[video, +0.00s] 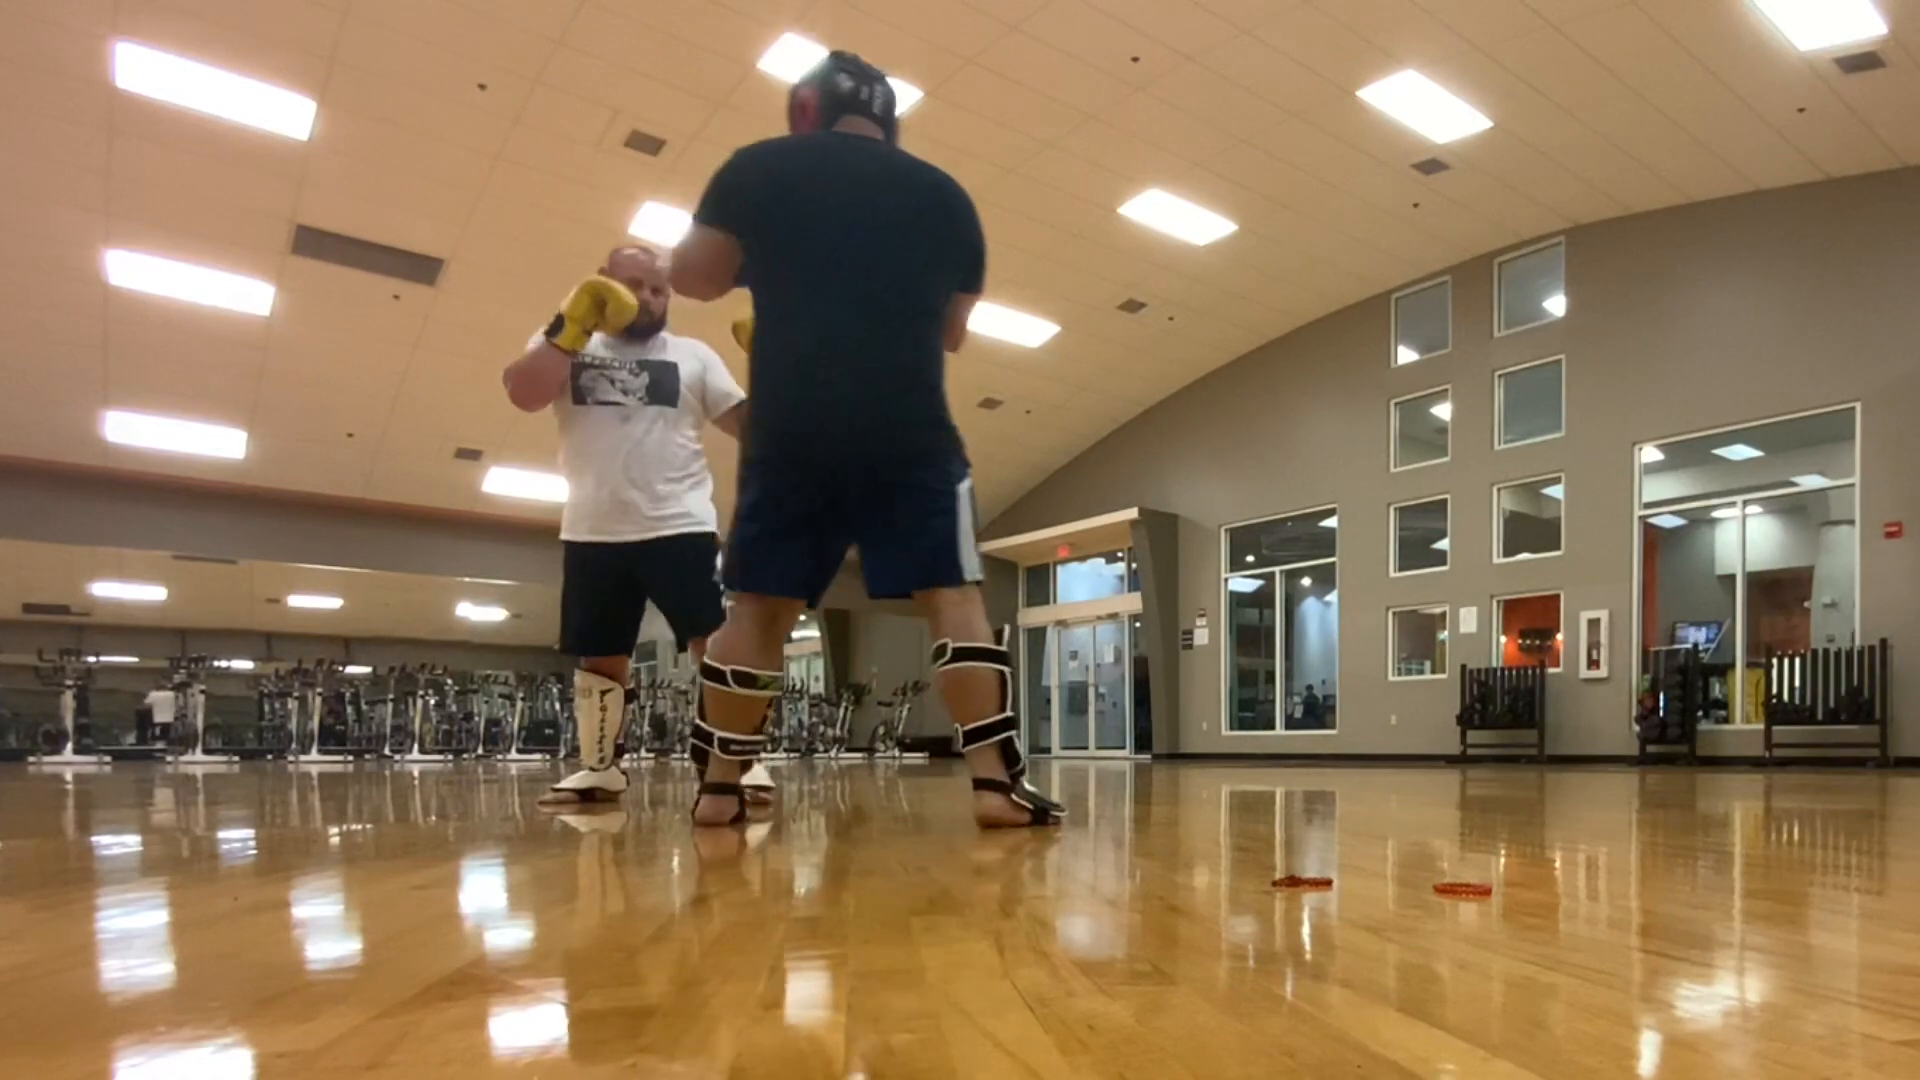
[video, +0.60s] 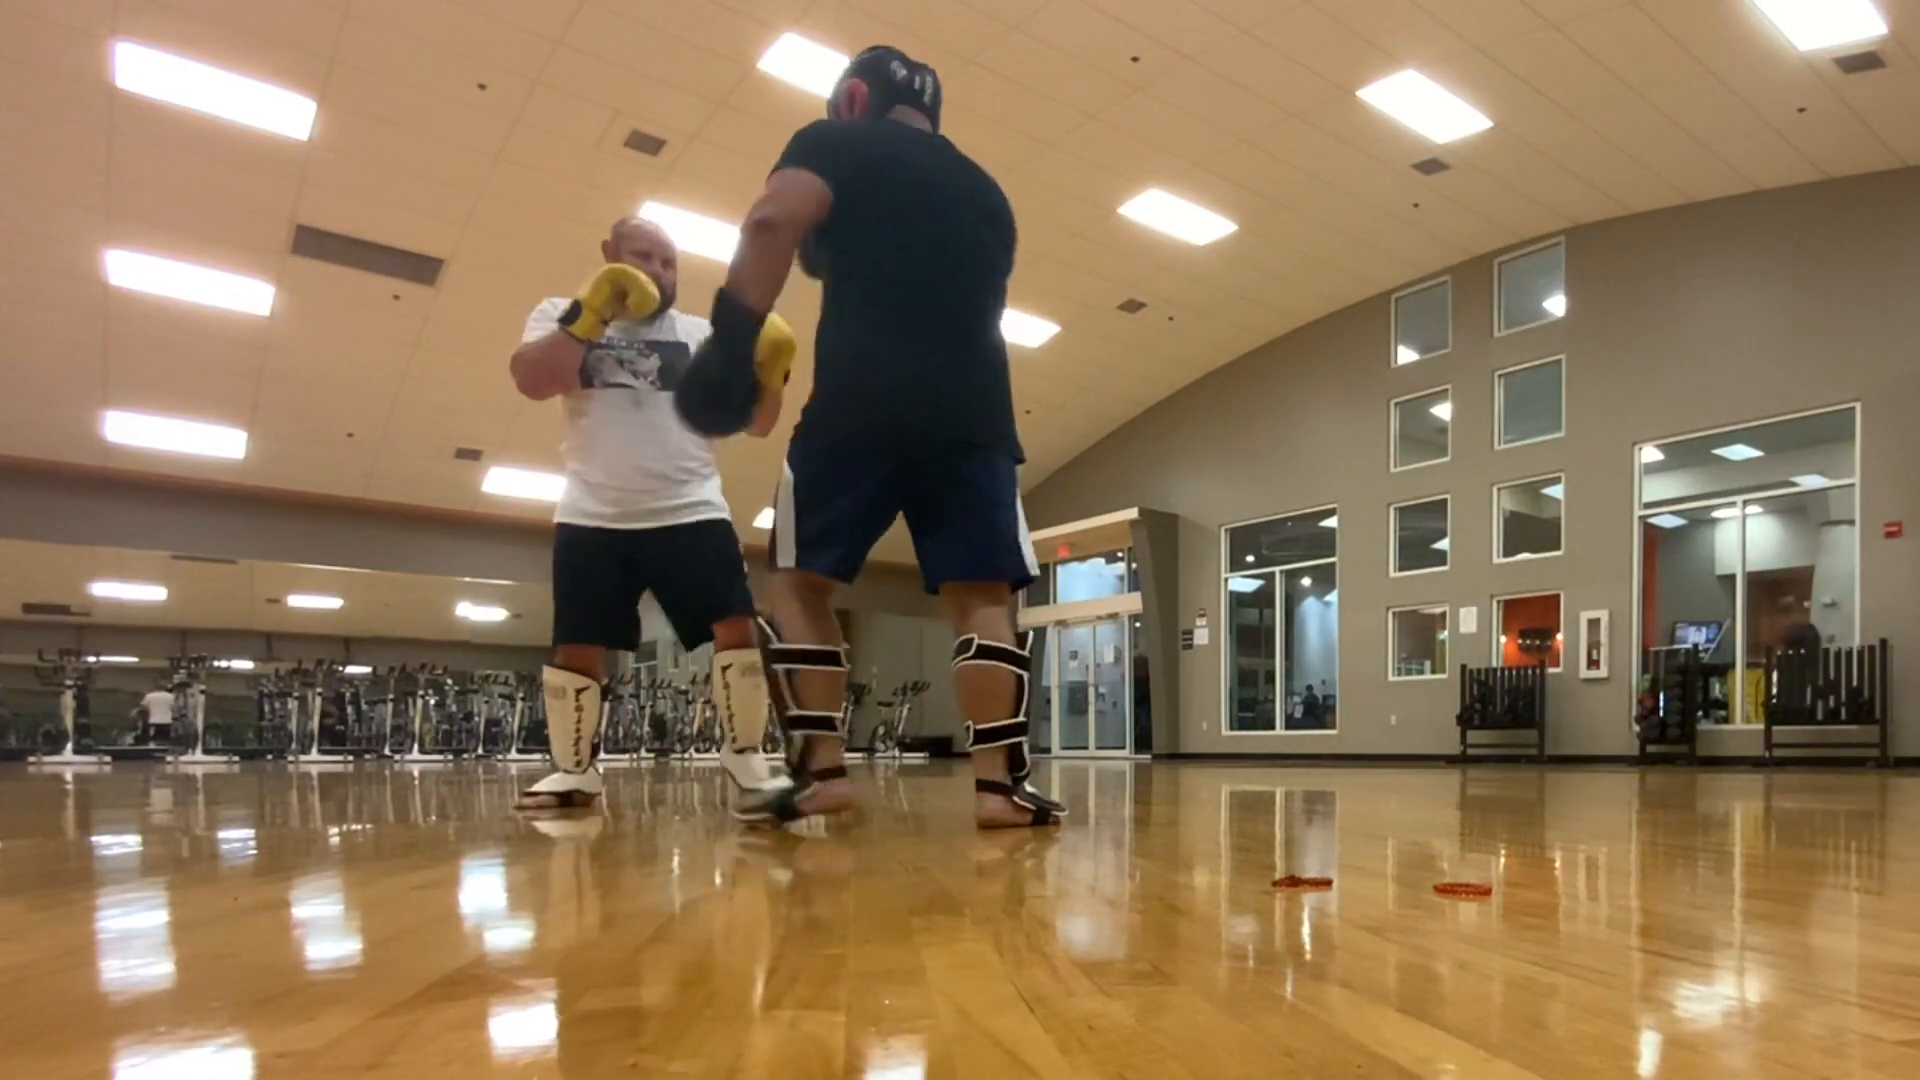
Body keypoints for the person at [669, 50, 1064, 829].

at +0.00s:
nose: (788, 126)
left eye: (790, 115)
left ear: (803, 109)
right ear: (890, 124)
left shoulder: (763, 166)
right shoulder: (943, 193)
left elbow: (695, 276)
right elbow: (951, 334)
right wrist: (875, 285)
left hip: (794, 431)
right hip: (910, 431)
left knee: (757, 609)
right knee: (953, 596)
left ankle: (719, 791)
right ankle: (996, 784)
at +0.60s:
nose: (835, 114)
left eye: (838, 101)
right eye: (839, 104)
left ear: (856, 94)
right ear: (931, 114)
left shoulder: (838, 141)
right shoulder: (988, 190)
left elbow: (774, 219)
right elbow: (982, 312)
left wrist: (731, 342)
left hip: (859, 409)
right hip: (972, 417)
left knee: (800, 582)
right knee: (983, 597)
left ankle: (824, 770)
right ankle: (998, 787)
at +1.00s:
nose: (784, 90)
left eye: (786, 75)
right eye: (786, 78)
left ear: (806, 62)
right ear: (875, 75)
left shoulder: (819, 109)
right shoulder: (936, 161)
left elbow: (724, 193)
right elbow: (972, 311)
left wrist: (690, 134)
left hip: (858, 386)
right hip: (926, 396)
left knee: (834, 596)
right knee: (772, 562)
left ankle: (834, 785)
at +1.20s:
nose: (812, 94)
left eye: (817, 77)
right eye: (813, 80)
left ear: (844, 62)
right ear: (913, 75)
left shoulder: (874, 120)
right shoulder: (952, 162)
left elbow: (773, 206)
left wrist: (712, 150)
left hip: (886, 398)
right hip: (949, 402)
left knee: (837, 593)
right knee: (870, 563)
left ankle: (832, 783)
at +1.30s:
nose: (852, 107)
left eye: (859, 87)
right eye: (855, 90)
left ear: (888, 74)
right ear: (947, 85)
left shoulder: (922, 135)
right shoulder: (965, 162)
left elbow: (854, 212)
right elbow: (908, 277)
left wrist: (771, 160)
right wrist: (813, 247)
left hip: (898, 420)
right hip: (974, 427)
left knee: (829, 595)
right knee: (936, 594)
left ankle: (830, 785)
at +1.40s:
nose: (914, 118)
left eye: (922, 98)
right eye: (917, 102)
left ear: (951, 86)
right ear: (1008, 97)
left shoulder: (990, 148)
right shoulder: (1010, 178)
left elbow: (949, 223)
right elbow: (902, 252)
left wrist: (834, 156)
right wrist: (801, 190)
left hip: (934, 433)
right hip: (1020, 438)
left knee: (855, 598)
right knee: (1026, 616)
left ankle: (831, 784)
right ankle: (1127, 764)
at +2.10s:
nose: (1239, 62)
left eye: (1244, 42)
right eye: (1238, 49)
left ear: (1285, 14)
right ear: (1346, 17)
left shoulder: (1317, 45)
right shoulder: (1393, 108)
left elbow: (1238, 146)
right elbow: (1323, 235)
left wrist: (1154, 159)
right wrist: (1213, 204)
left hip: (1334, 351)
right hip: (1404, 359)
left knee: (1374, 564)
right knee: (1330, 569)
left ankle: (1430, 792)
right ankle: (1380, 769)